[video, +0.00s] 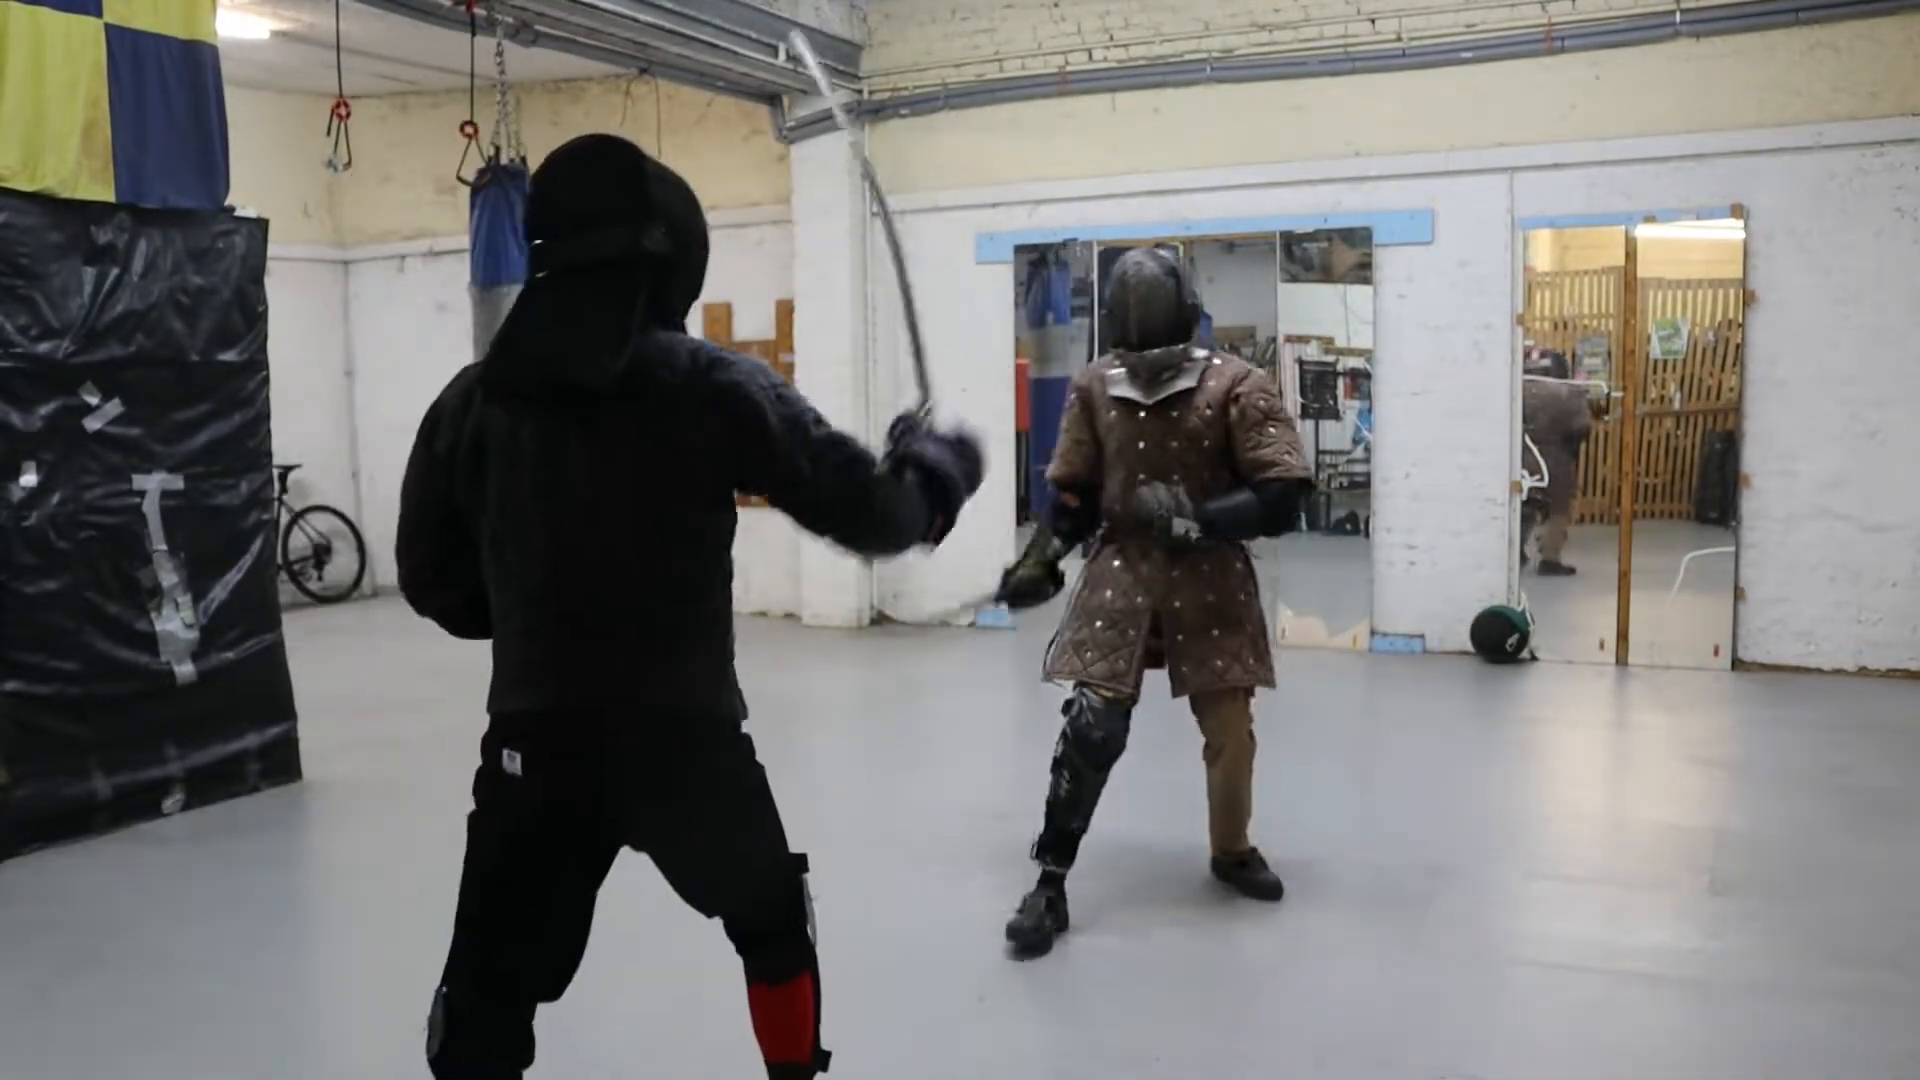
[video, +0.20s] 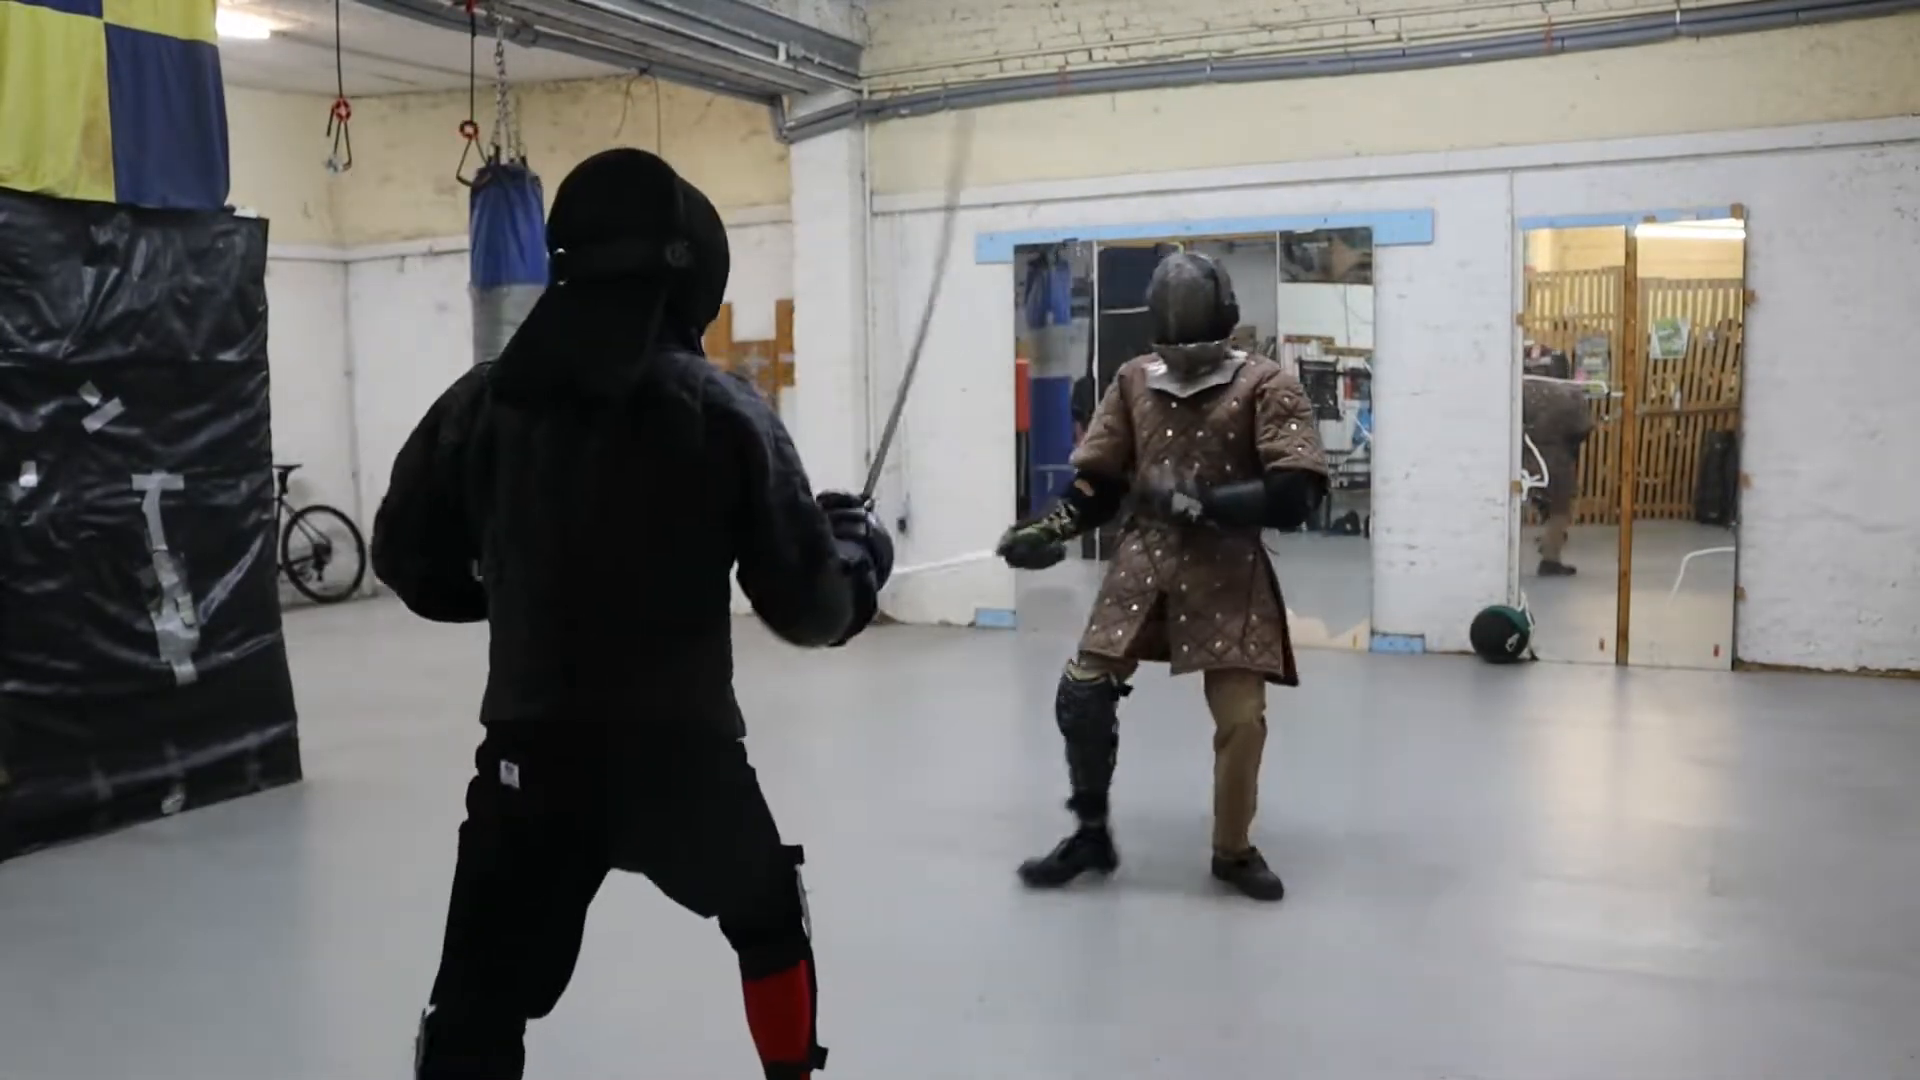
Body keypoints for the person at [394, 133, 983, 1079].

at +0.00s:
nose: (694, 264)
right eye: (684, 244)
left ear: (550, 258)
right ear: (666, 256)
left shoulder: (471, 402)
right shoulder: (710, 390)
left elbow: (435, 580)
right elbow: (873, 511)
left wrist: (540, 602)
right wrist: (938, 466)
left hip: (535, 755)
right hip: (683, 748)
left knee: (485, 995)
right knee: (771, 921)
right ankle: (794, 1071)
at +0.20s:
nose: (719, 299)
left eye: (714, 274)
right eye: (711, 275)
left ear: (570, 272)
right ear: (685, 280)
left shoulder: (484, 402)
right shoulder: (722, 415)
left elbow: (410, 563)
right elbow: (813, 609)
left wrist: (522, 580)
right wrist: (858, 540)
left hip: (527, 770)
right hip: (682, 772)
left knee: (473, 1015)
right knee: (768, 923)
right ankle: (792, 1071)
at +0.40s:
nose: (746, 272)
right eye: (738, 254)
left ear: (607, 264)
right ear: (730, 268)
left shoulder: (538, 399)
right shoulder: (765, 415)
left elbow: (389, 507)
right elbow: (860, 591)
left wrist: (522, 483)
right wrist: (892, 521)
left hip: (588, 756)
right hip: (729, 752)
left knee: (534, 996)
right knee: (785, 911)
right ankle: (795, 1071)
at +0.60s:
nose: (778, 255)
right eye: (773, 238)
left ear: (651, 243)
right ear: (764, 246)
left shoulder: (587, 360)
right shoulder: (808, 375)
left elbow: (438, 490)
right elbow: (901, 537)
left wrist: (517, 549)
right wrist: (955, 586)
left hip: (639, 707)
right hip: (771, 706)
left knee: (604, 954)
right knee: (797, 901)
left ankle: (649, 1077)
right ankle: (799, 1071)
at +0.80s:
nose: (793, 256)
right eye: (789, 238)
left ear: (666, 245)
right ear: (781, 247)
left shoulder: (604, 372)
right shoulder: (825, 383)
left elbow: (466, 518)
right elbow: (895, 551)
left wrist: (476, 636)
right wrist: (940, 668)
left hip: (662, 704)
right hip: (797, 702)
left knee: (645, 942)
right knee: (833, 856)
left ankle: (685, 1075)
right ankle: (822, 1063)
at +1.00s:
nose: (831, 278)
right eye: (828, 261)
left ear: (716, 260)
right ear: (820, 267)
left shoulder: (659, 365)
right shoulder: (858, 396)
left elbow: (495, 425)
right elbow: (938, 542)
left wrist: (560, 597)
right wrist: (1019, 601)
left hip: (701, 701)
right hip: (819, 700)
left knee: (678, 933)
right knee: (865, 861)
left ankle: (696, 1074)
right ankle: (905, 1032)